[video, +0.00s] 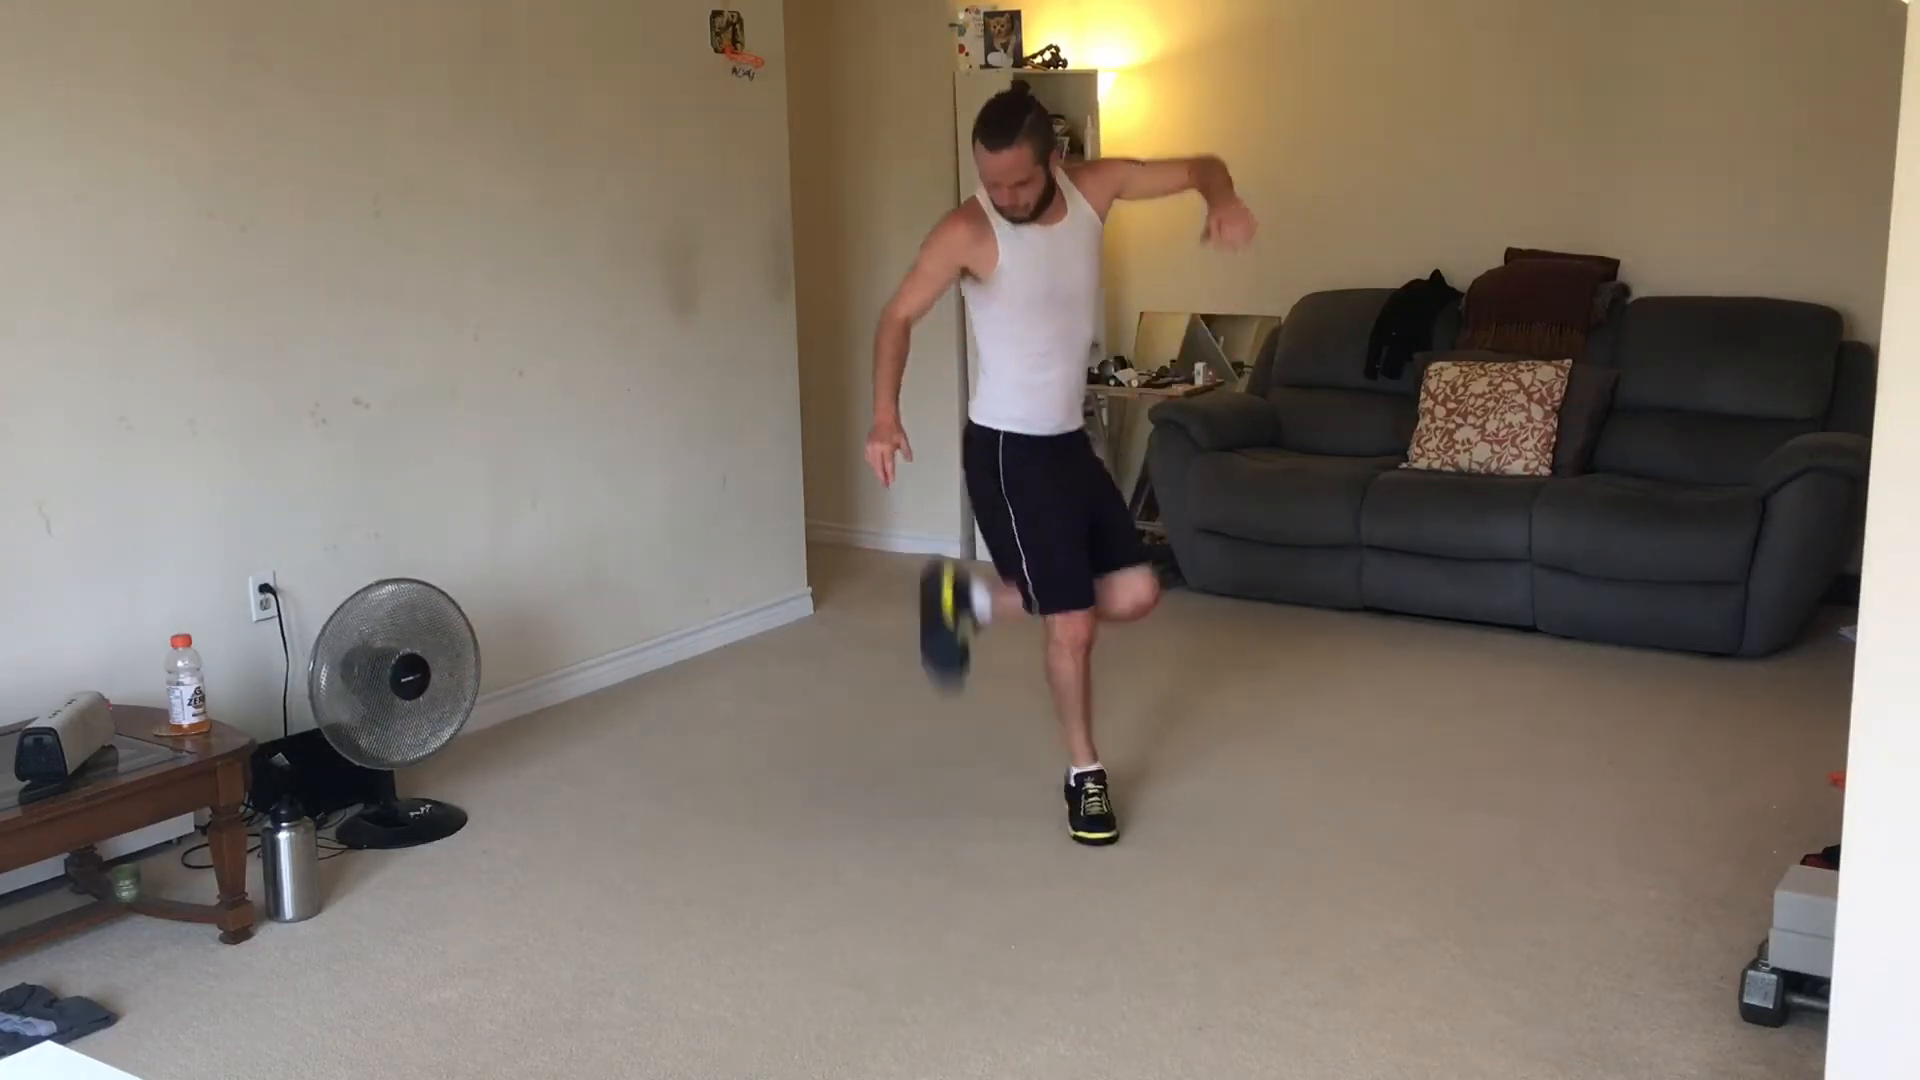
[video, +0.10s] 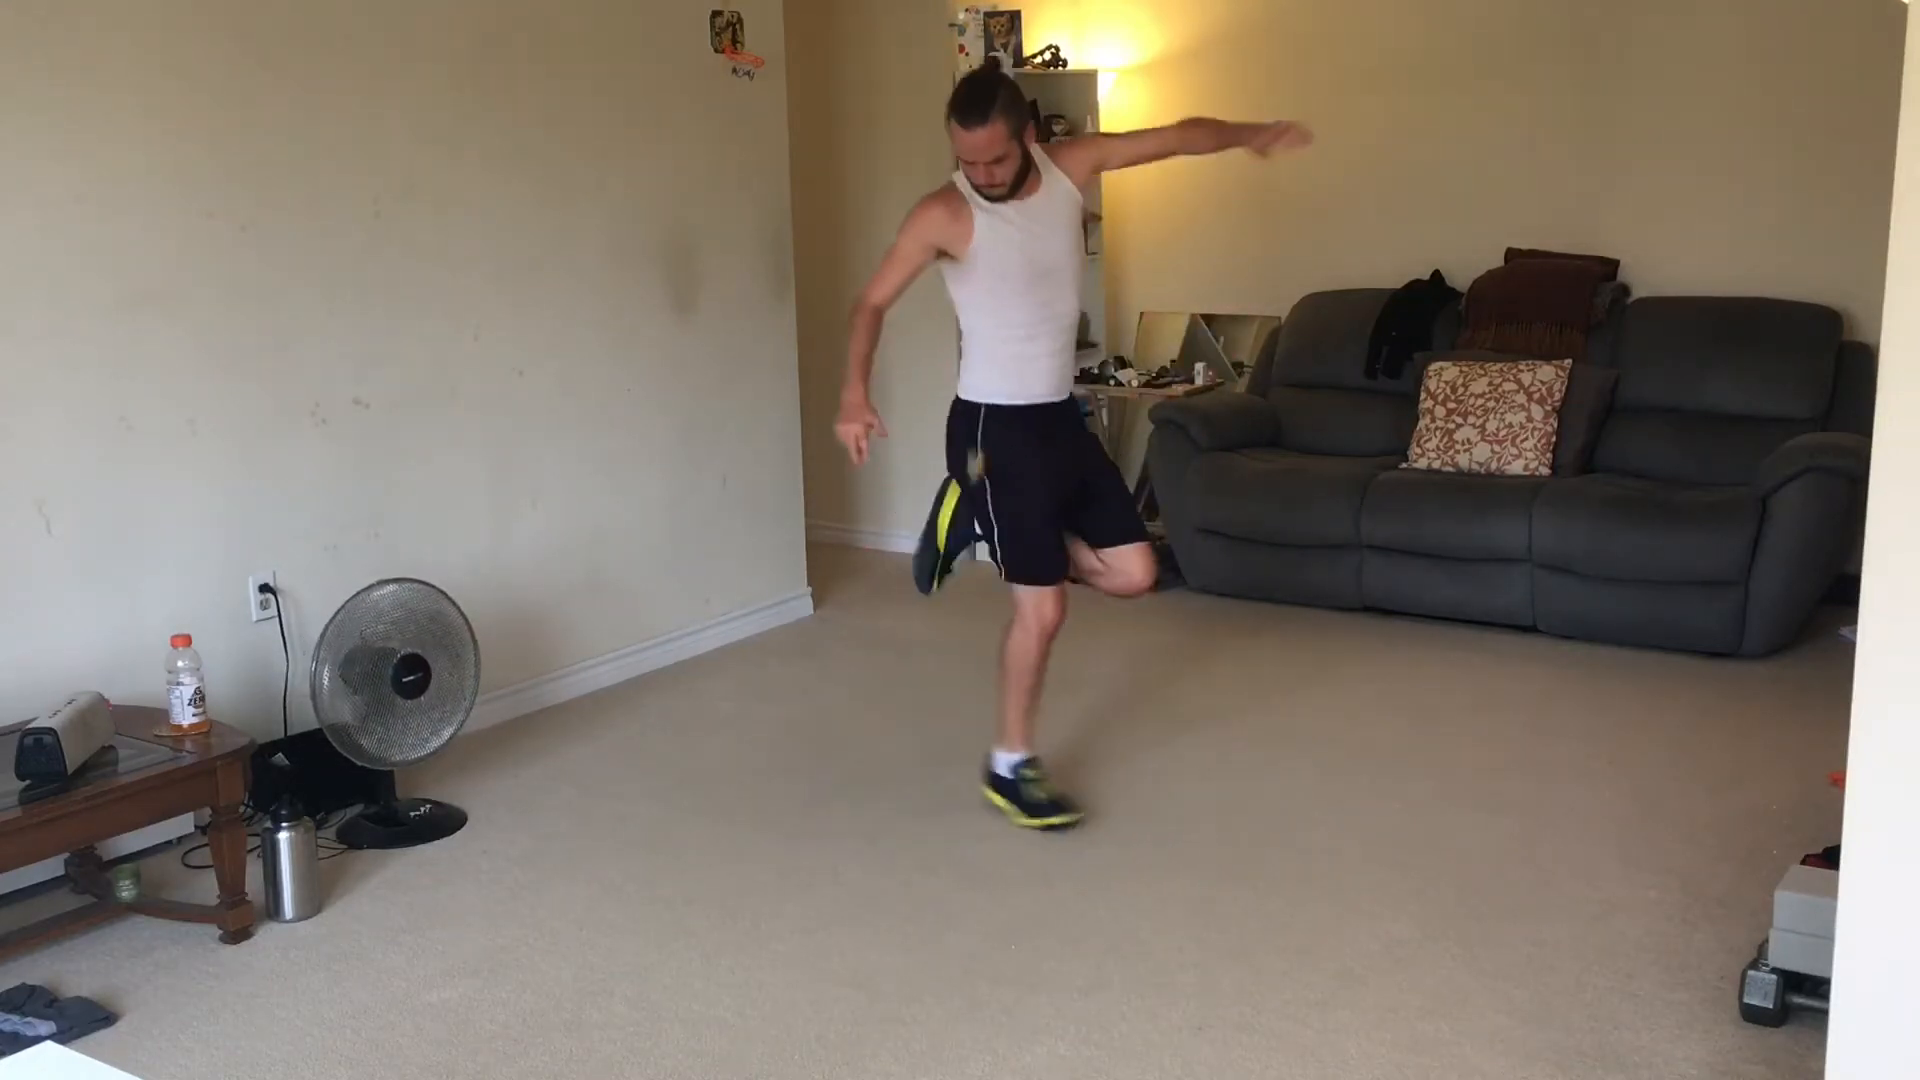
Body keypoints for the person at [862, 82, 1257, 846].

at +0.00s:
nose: (1006, 196)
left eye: (1019, 182)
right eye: (992, 183)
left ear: (1051, 157)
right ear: (976, 165)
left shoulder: (1094, 185)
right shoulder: (963, 234)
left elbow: (1203, 166)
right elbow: (897, 319)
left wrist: (1222, 198)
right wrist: (885, 411)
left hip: (1069, 438)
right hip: (1005, 446)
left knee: (1134, 592)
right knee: (1071, 619)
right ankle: (1085, 771)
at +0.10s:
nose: (982, 174)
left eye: (995, 158)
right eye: (967, 160)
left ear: (1027, 133)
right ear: (952, 144)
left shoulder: (1072, 163)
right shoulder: (943, 215)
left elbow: (1175, 138)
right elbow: (870, 306)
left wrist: (1248, 135)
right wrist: (854, 392)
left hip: (1062, 417)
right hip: (994, 426)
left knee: (1131, 572)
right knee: (1040, 606)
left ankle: (981, 518)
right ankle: (1010, 765)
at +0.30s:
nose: (927, 272)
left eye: (931, 253)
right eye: (908, 268)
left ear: (946, 215)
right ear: (890, 256)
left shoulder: (1026, 230)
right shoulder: (901, 300)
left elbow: (1123, 250)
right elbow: (844, 366)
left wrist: (1218, 269)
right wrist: (838, 391)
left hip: (1066, 468)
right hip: (976, 479)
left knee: (1102, 641)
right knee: (953, 643)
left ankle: (1039, 676)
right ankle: (908, 765)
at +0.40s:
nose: (980, 319)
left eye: (986, 308)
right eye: (966, 314)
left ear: (1000, 266)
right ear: (943, 290)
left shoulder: (1054, 254)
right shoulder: (920, 297)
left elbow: (1123, 287)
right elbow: (841, 371)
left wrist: (1205, 332)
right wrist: (836, 421)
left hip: (1061, 468)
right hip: (970, 473)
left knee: (1103, 633)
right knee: (951, 631)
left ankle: (1057, 735)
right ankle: (908, 763)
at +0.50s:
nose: (1071, 313)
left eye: (1082, 305)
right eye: (1064, 302)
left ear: (1089, 271)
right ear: (1038, 266)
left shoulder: (1086, 254)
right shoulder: (967, 282)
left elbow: (1174, 269)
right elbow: (858, 347)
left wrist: (1256, 300)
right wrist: (797, 426)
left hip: (1046, 453)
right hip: (970, 462)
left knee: (1106, 611)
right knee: (1015, 632)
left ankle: (1057, 739)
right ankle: (934, 750)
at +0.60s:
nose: (1095, 278)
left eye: (1106, 269)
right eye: (1091, 264)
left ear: (1119, 244)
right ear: (1063, 228)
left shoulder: (1093, 248)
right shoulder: (985, 259)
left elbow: (1185, 271)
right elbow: (865, 304)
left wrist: (1214, 275)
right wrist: (756, 336)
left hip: (1038, 450)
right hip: (981, 460)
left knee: (1119, 589)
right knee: (1121, 570)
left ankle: (1063, 726)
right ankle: (1032, 695)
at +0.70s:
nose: (1090, 234)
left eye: (1102, 222)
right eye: (1080, 219)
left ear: (1109, 205)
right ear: (1047, 189)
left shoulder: (1099, 218)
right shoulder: (975, 216)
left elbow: (1193, 254)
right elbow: (850, 222)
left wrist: (1221, 281)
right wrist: (738, 224)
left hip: (1024, 413)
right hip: (974, 418)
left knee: (1075, 581)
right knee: (1152, 452)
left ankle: (1057, 735)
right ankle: (1186, 617)